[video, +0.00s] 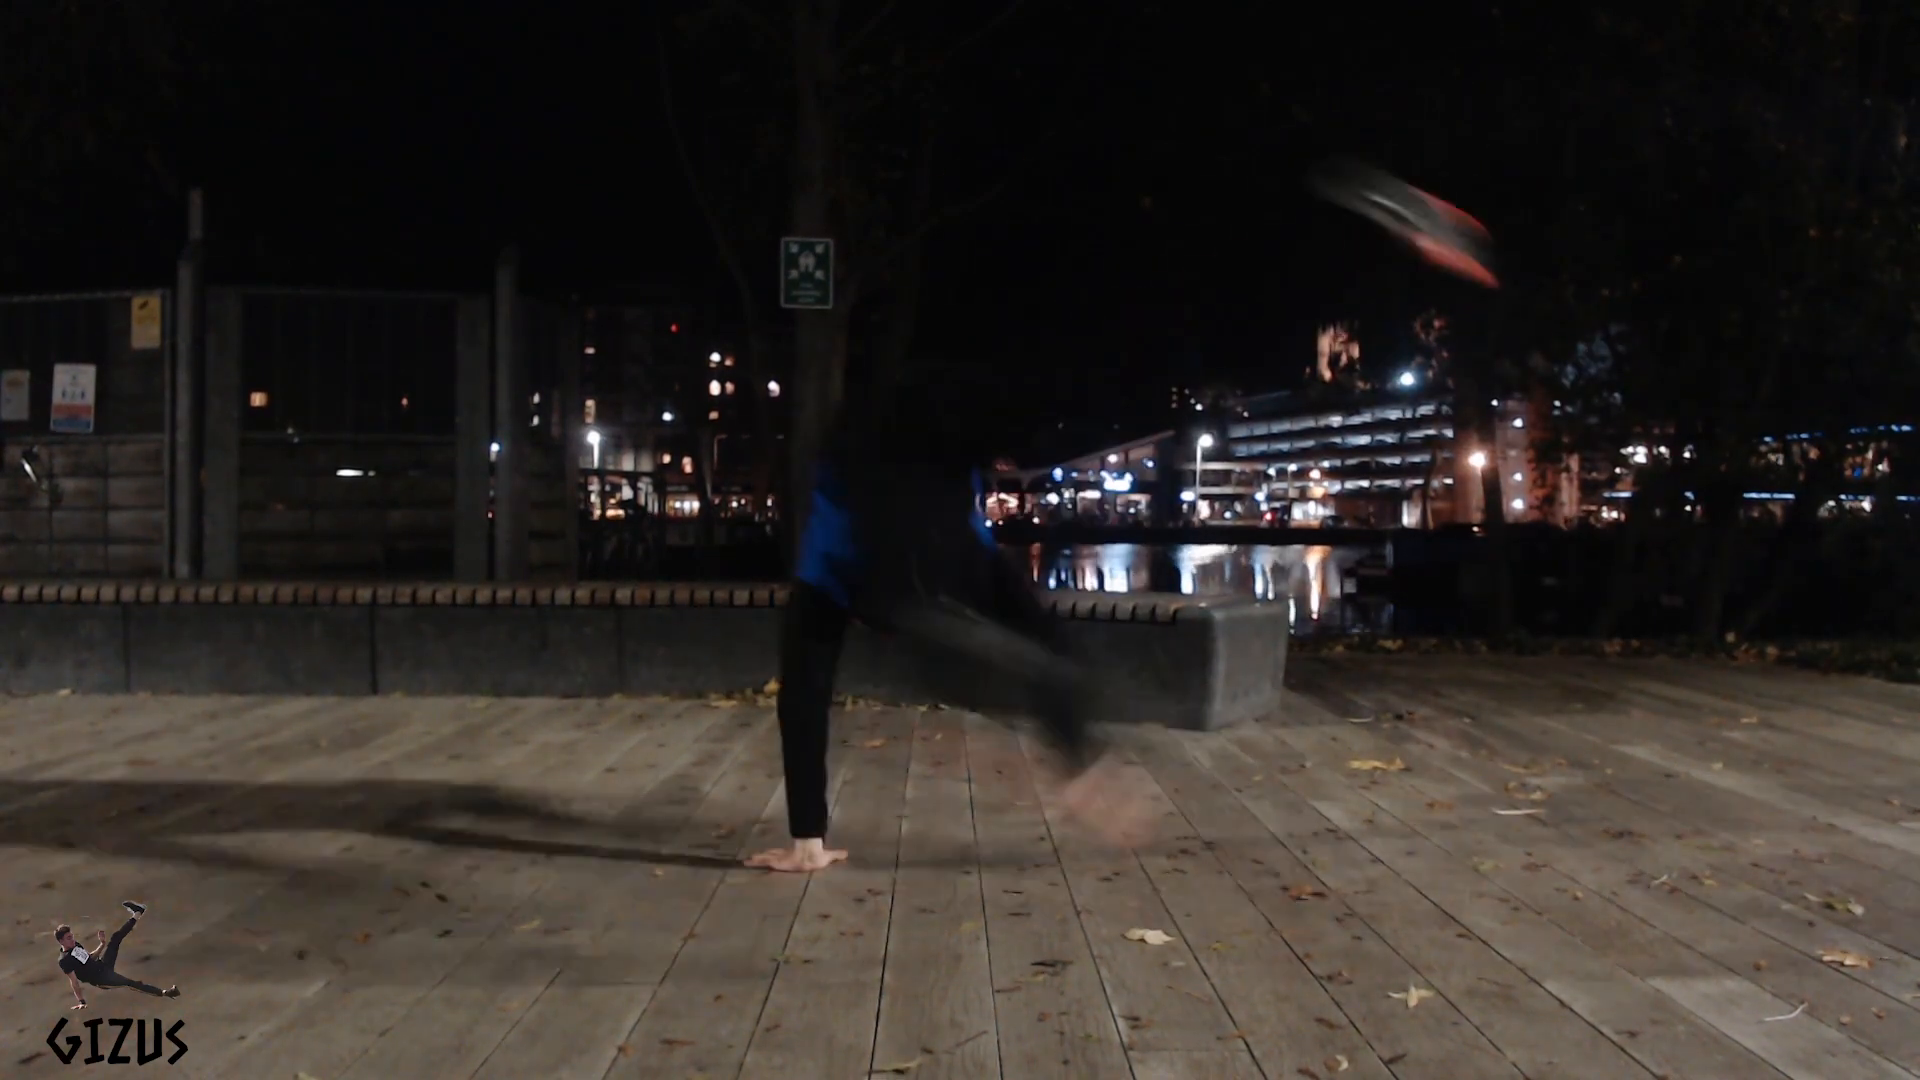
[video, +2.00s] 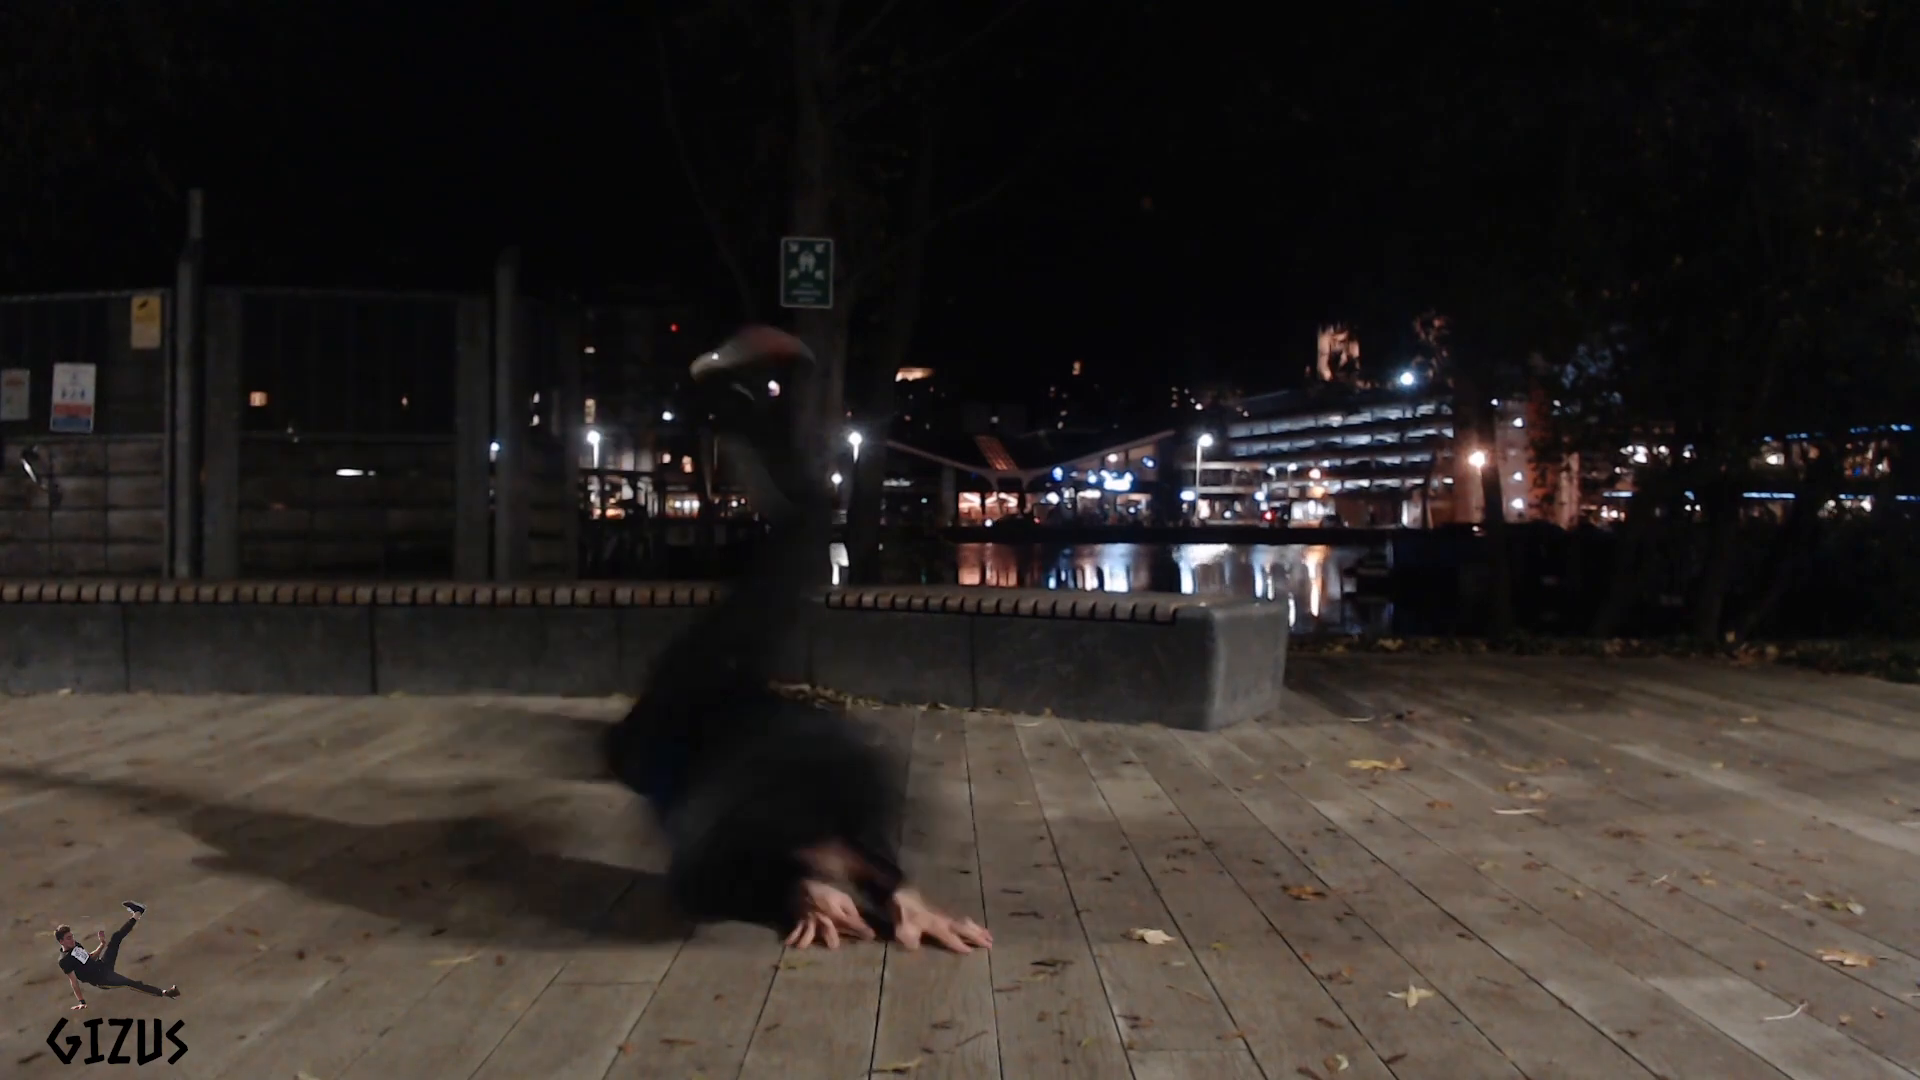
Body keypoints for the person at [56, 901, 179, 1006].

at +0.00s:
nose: (73, 939)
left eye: (72, 936)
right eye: (69, 938)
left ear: (71, 937)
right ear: (61, 942)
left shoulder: (76, 946)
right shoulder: (64, 960)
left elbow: (91, 957)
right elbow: (74, 982)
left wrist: (102, 944)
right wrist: (81, 1001)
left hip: (104, 965)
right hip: (102, 978)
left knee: (115, 939)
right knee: (132, 983)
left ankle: (136, 916)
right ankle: (164, 993)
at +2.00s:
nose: (72, 939)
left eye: (72, 936)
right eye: (69, 938)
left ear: (70, 937)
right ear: (61, 942)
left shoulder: (75, 946)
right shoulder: (64, 960)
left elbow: (91, 958)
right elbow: (74, 982)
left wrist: (102, 945)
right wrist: (81, 1002)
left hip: (104, 965)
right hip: (102, 978)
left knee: (116, 938)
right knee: (132, 983)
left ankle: (136, 916)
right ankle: (164, 993)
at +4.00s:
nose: (73, 939)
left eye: (72, 936)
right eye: (69, 938)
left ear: (71, 937)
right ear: (61, 941)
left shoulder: (75, 946)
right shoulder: (64, 960)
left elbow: (91, 957)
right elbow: (74, 982)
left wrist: (102, 945)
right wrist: (81, 1002)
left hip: (104, 965)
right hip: (102, 978)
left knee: (116, 938)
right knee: (131, 983)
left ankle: (136, 916)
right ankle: (164, 993)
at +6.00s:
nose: (73, 939)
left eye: (72, 936)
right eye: (69, 938)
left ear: (70, 937)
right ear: (62, 941)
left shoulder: (75, 946)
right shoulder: (64, 960)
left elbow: (91, 957)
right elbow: (74, 982)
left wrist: (102, 944)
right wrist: (81, 1002)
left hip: (104, 964)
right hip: (102, 978)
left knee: (116, 939)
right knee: (131, 983)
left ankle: (136, 916)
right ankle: (164, 993)